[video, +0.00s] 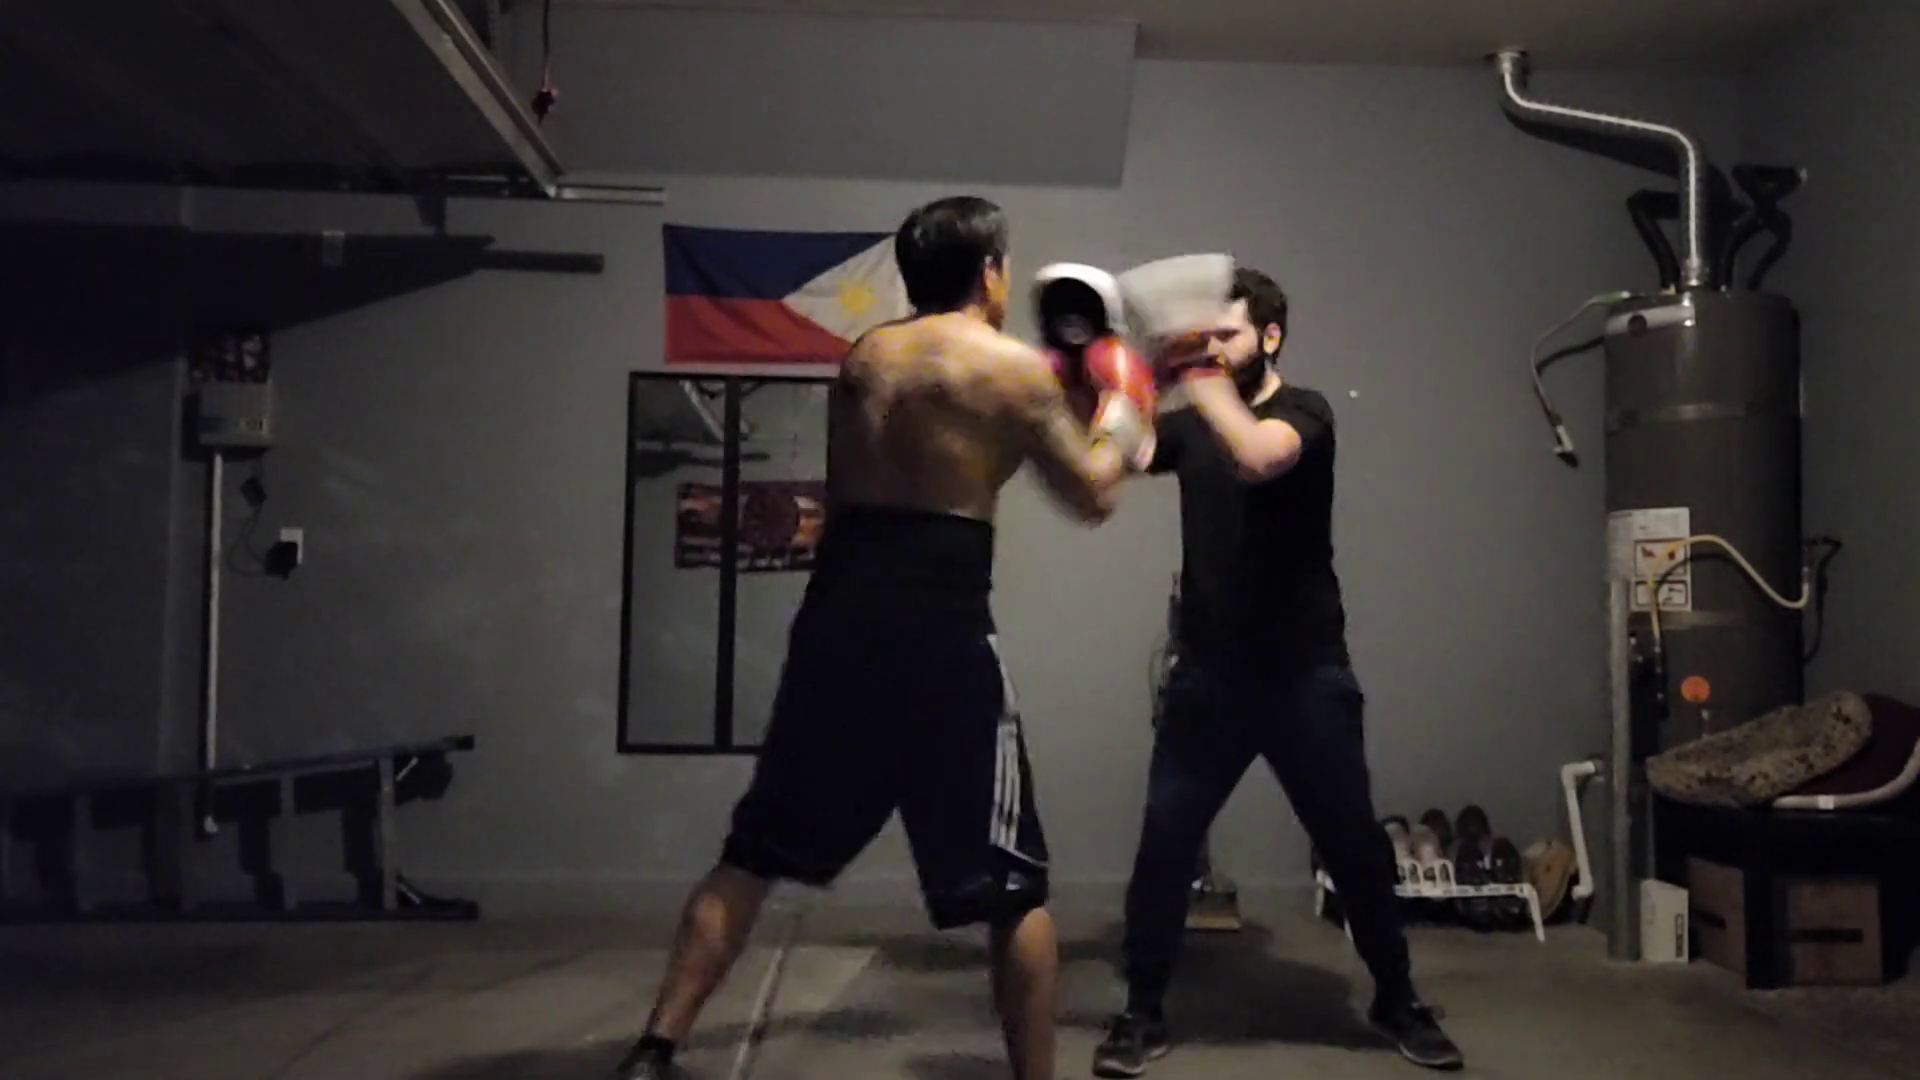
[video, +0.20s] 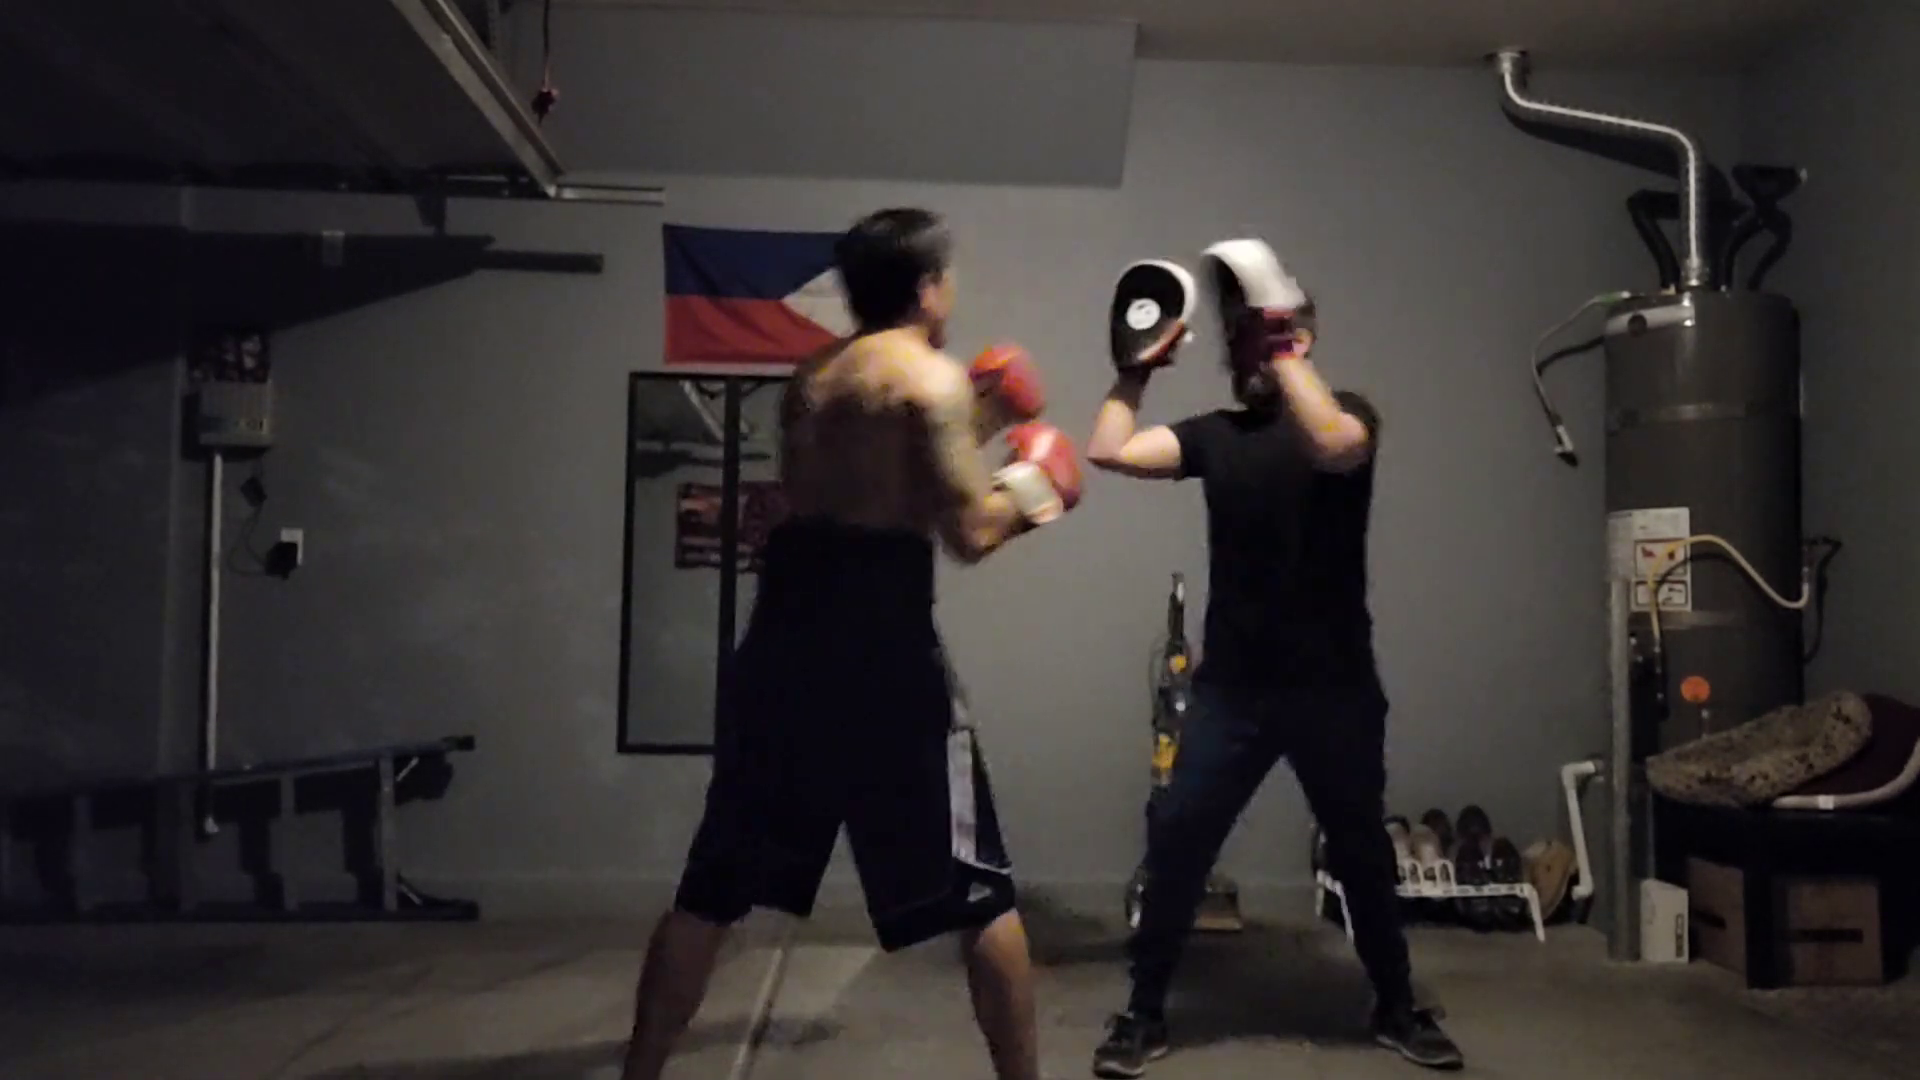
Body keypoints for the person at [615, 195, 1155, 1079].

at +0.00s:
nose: (1008, 278)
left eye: (1003, 262)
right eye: (1005, 265)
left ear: (915, 275)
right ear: (990, 275)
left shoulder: (863, 355)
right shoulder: (1015, 370)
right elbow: (1095, 490)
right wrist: (1129, 403)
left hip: (836, 632)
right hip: (942, 639)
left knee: (754, 852)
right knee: (1014, 885)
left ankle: (656, 1046)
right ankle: (1036, 1070)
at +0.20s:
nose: (952, 290)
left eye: (946, 274)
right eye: (946, 276)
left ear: (860, 288)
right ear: (927, 289)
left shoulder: (811, 379)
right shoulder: (929, 378)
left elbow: (873, 490)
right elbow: (974, 529)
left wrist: (977, 416)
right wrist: (1038, 482)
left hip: (786, 653)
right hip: (887, 656)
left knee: (716, 877)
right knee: (979, 886)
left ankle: (639, 1067)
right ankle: (1021, 1070)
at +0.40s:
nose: (890, 299)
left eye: (885, 282)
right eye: (885, 284)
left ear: (794, 291)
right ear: (861, 292)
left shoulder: (738, 387)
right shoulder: (883, 377)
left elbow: (760, 539)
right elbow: (926, 520)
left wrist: (892, 553)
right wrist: (970, 475)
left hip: (748, 666)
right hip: (861, 664)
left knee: (690, 890)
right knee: (965, 869)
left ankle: (628, 1071)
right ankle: (1010, 1066)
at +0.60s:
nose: (901, 304)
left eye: (896, 290)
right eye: (896, 292)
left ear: (801, 300)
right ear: (875, 301)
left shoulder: (744, 390)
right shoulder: (922, 372)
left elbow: (730, 525)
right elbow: (1055, 445)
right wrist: (1014, 379)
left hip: (770, 677)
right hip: (894, 674)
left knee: (690, 892)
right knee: (981, 879)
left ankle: (632, 1071)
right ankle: (1041, 1070)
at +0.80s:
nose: (970, 298)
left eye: (966, 286)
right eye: (968, 286)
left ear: (872, 290)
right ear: (953, 293)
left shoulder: (821, 364)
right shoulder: (986, 366)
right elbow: (1059, 478)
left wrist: (975, 362)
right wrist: (1060, 382)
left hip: (823, 625)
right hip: (933, 631)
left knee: (757, 864)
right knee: (1013, 879)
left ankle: (675, 1064)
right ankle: (1052, 1070)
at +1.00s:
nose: (1003, 300)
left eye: (998, 289)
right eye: (1001, 289)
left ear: (910, 290)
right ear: (985, 293)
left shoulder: (852, 370)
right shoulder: (1020, 352)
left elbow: (872, 496)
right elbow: (1124, 408)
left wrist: (1005, 482)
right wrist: (1102, 337)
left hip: (848, 651)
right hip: (958, 653)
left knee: (775, 861)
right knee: (1041, 890)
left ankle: (676, 1047)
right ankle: (1063, 1070)